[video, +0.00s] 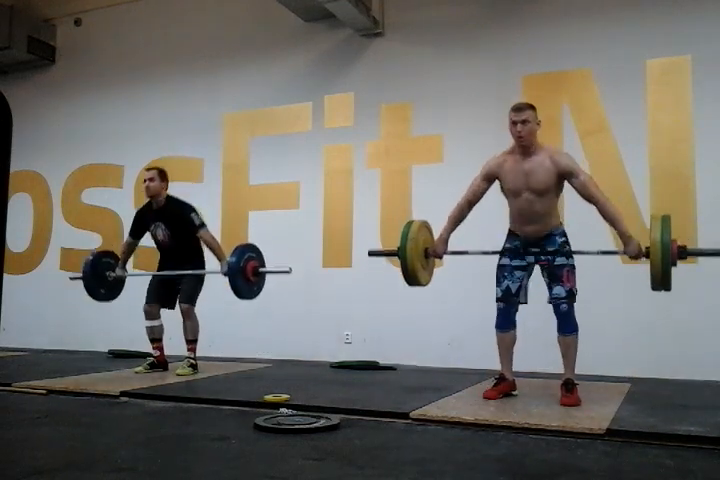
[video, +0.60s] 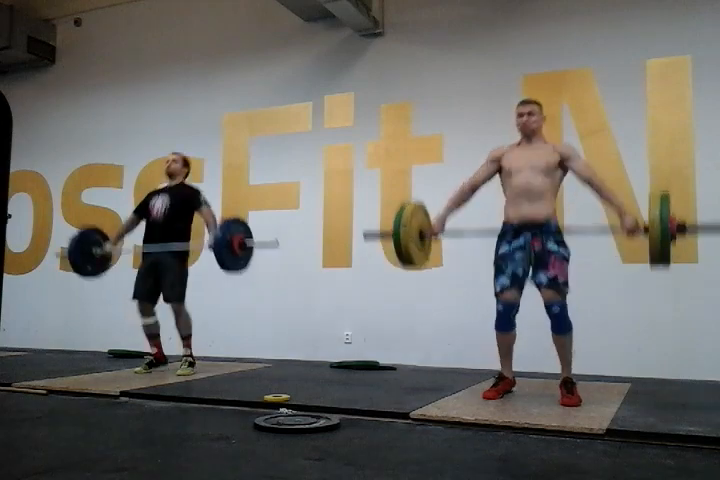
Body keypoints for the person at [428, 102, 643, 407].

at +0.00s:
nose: (519, 129)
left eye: (525, 123)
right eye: (514, 124)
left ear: (537, 125)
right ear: (509, 128)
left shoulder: (557, 161)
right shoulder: (498, 165)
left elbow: (597, 198)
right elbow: (468, 202)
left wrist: (627, 238)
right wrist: (444, 236)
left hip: (553, 241)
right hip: (516, 243)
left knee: (564, 307)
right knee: (504, 306)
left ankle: (569, 381)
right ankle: (506, 378)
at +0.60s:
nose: (525, 119)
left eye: (530, 114)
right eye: (520, 115)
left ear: (542, 118)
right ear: (515, 121)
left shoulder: (560, 152)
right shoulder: (502, 155)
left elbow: (596, 184)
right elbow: (470, 186)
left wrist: (624, 214)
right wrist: (442, 216)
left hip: (547, 236)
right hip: (512, 237)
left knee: (556, 309)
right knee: (505, 308)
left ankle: (567, 380)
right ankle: (506, 377)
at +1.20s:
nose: (517, 203)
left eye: (523, 198)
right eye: (512, 199)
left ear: (535, 199)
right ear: (506, 201)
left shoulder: (555, 223)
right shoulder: (496, 225)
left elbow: (599, 195)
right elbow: (461, 203)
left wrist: (634, 161)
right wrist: (434, 176)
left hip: (555, 304)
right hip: (517, 305)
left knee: (587, 325)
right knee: (471, 320)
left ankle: (578, 388)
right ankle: (490, 382)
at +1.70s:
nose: (515, 254)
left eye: (521, 248)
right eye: (509, 249)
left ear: (534, 245)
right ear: (504, 247)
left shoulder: (556, 267)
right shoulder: (497, 266)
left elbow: (601, 240)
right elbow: (462, 245)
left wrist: (636, 207)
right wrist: (435, 217)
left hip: (551, 342)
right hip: (515, 341)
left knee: (583, 329)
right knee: (467, 322)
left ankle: (577, 389)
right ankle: (490, 383)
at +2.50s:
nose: (520, 122)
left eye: (525, 116)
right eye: (515, 118)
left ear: (537, 117)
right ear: (508, 121)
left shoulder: (558, 143)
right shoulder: (501, 148)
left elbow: (607, 115)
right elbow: (464, 132)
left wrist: (634, 82)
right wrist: (442, 106)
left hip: (556, 237)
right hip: (519, 239)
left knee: (569, 307)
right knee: (499, 303)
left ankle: (577, 383)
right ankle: (493, 380)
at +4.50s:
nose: (533, 117)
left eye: (538, 113)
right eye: (528, 113)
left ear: (549, 119)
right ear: (522, 120)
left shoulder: (563, 145)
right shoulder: (509, 147)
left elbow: (602, 157)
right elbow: (471, 166)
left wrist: (625, 174)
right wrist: (440, 183)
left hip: (550, 223)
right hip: (515, 224)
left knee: (564, 296)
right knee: (502, 296)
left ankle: (575, 376)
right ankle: (504, 371)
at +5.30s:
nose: (521, 254)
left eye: (527, 248)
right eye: (516, 249)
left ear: (539, 246)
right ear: (510, 248)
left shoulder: (561, 266)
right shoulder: (502, 267)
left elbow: (607, 238)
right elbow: (467, 244)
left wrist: (639, 206)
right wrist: (438, 217)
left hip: (556, 340)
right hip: (518, 339)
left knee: (589, 324)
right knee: (476, 320)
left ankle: (579, 388)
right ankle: (490, 382)